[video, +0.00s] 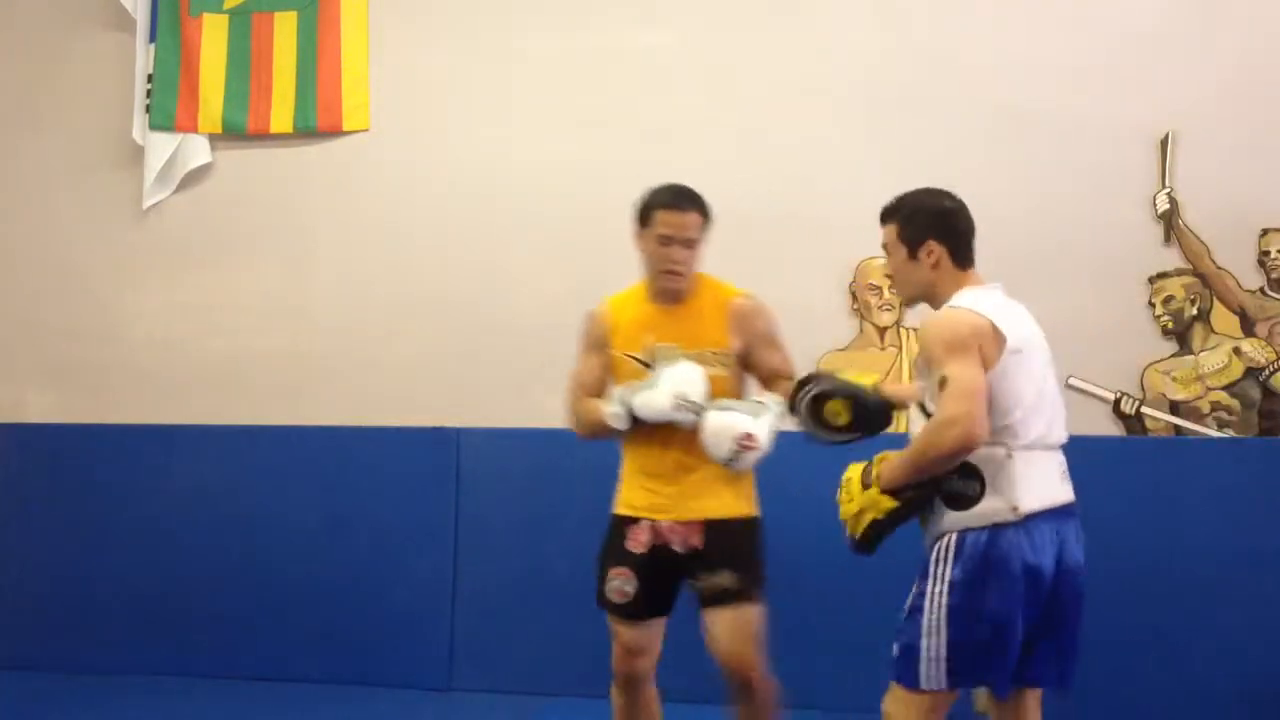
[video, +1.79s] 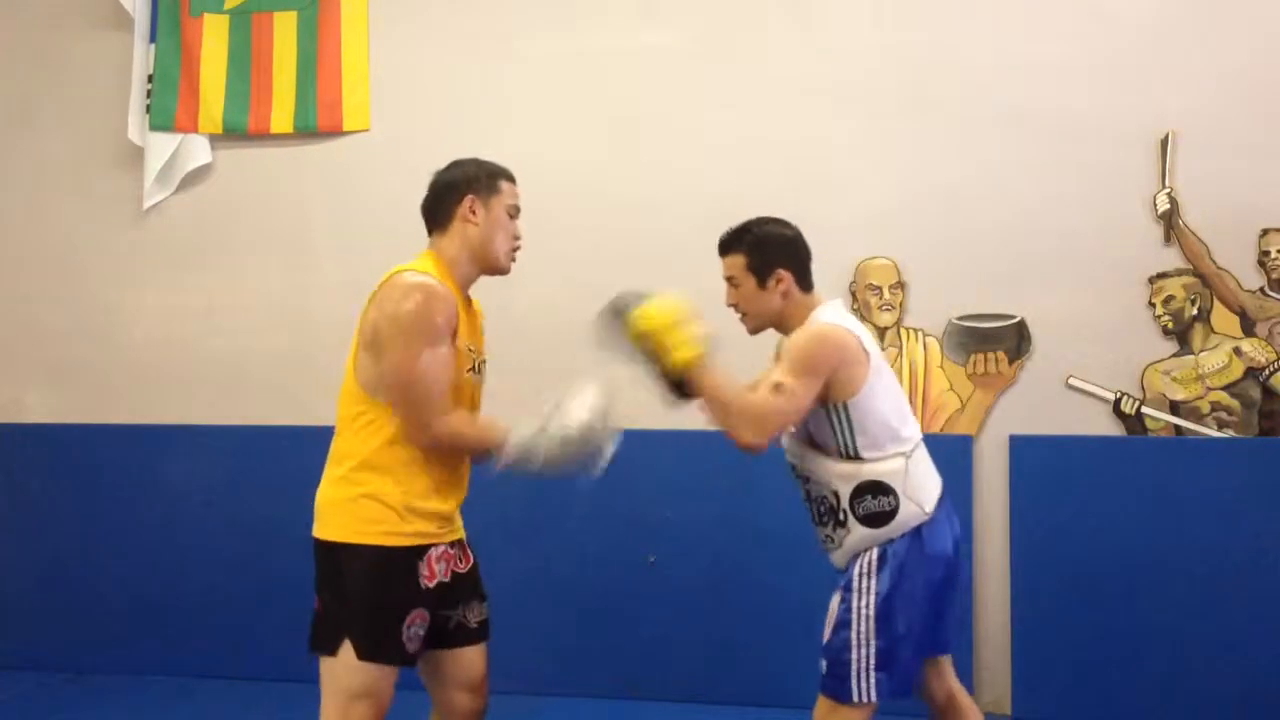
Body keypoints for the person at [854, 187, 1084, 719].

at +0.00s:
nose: (887, 270)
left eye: (891, 256)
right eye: (886, 257)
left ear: (931, 256)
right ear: (941, 253)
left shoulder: (950, 323)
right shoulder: (1010, 312)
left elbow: (963, 427)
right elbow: (991, 388)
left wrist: (880, 477)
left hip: (986, 543)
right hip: (1054, 531)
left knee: (911, 705)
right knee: (1016, 701)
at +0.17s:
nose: (864, 275)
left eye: (871, 260)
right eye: (865, 260)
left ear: (915, 262)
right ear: (920, 263)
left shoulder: (935, 332)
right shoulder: (976, 318)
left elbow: (960, 438)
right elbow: (974, 441)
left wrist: (872, 476)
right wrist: (888, 471)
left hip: (980, 555)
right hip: (1030, 539)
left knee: (931, 708)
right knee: (996, 704)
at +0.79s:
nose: (858, 286)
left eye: (869, 272)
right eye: (858, 272)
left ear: (915, 277)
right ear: (911, 281)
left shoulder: (945, 347)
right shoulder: (929, 340)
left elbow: (934, 462)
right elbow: (908, 435)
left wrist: (844, 451)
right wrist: (826, 434)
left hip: (966, 539)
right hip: (984, 537)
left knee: (880, 702)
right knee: (986, 698)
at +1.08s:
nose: (799, 295)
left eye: (811, 281)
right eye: (800, 281)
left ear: (857, 288)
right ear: (854, 291)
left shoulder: (882, 358)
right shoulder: (871, 351)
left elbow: (877, 480)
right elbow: (841, 454)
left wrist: (779, 493)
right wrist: (767, 477)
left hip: (928, 550)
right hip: (951, 542)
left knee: (849, 708)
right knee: (939, 693)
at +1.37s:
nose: (762, 292)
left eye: (772, 278)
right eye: (762, 279)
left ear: (818, 282)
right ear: (812, 285)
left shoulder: (854, 351)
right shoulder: (810, 351)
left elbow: (807, 464)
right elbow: (780, 441)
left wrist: (715, 456)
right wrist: (700, 449)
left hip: (911, 545)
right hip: (900, 542)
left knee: (851, 709)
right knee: (935, 691)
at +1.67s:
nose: (734, 298)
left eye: (742, 283)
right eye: (733, 284)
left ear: (787, 280)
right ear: (785, 283)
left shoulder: (836, 343)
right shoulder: (814, 342)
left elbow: (815, 454)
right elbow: (795, 435)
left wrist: (741, 396)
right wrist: (725, 396)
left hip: (881, 546)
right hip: (895, 538)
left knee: (828, 710)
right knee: (928, 687)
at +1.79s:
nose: (728, 299)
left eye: (735, 284)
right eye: (727, 285)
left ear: (780, 283)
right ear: (779, 285)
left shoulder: (820, 339)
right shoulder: (805, 336)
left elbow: (754, 430)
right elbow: (753, 424)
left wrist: (694, 368)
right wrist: (695, 378)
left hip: (892, 544)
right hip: (915, 531)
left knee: (840, 708)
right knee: (940, 687)